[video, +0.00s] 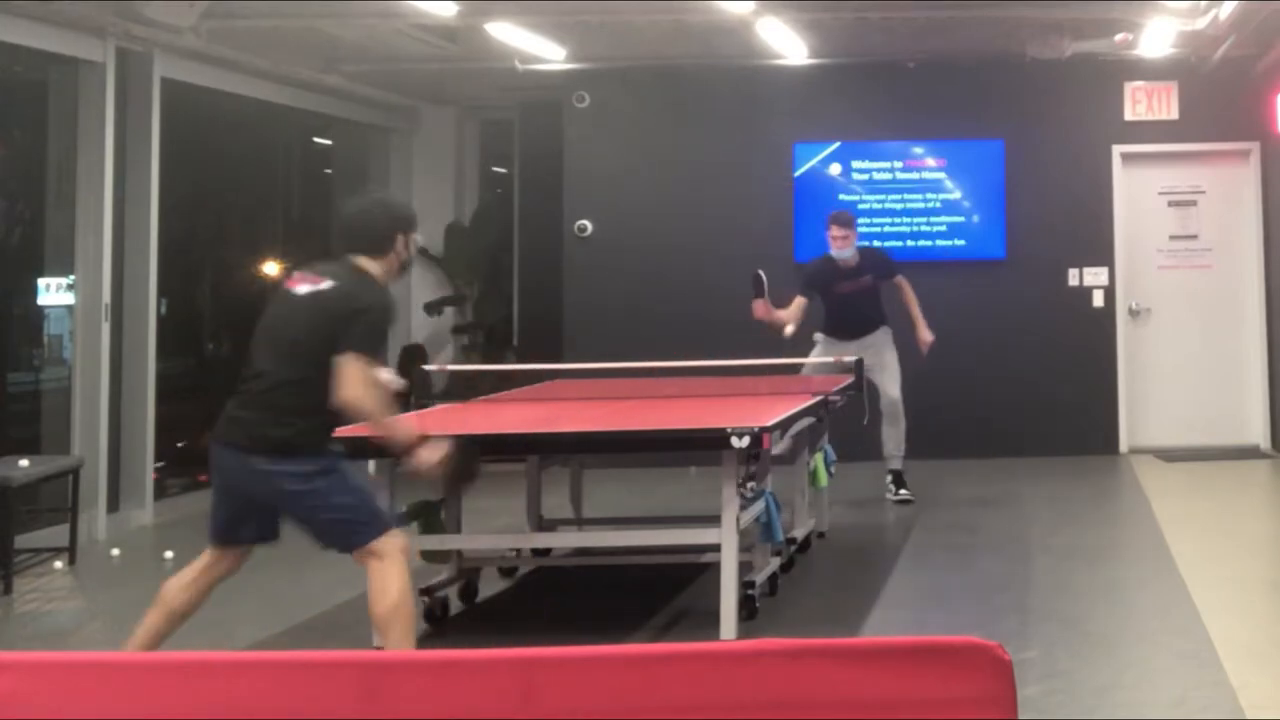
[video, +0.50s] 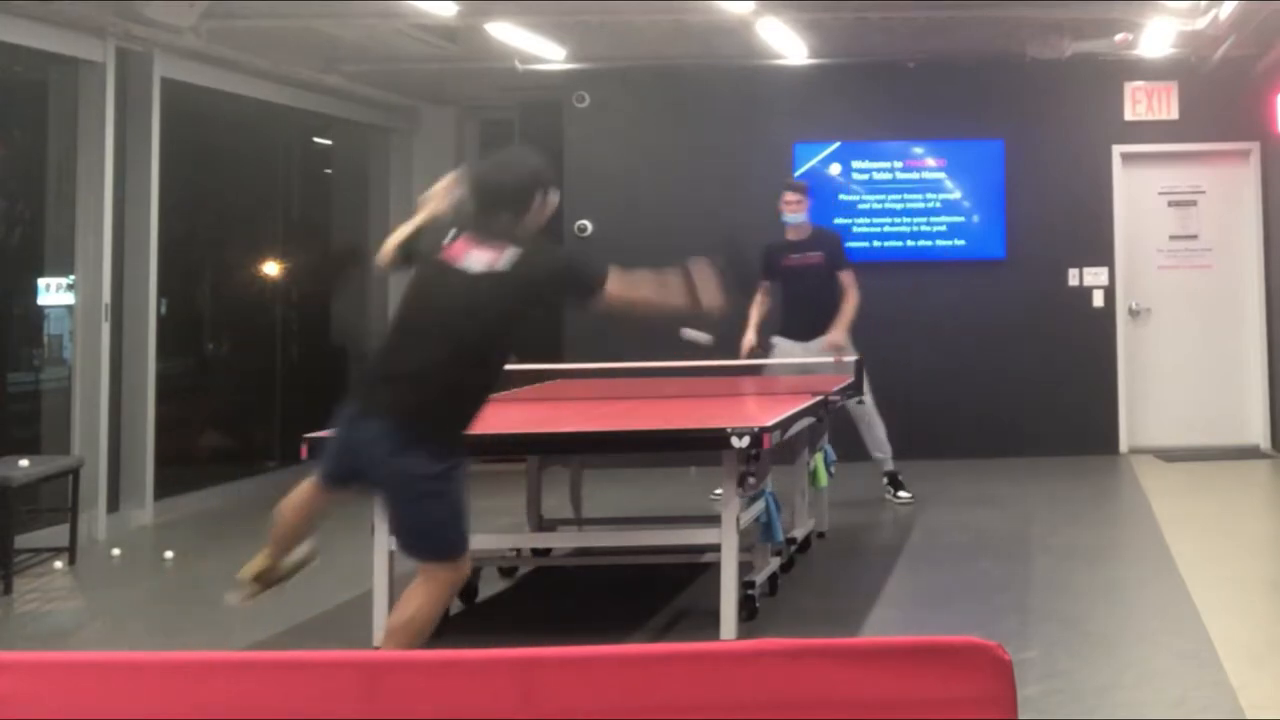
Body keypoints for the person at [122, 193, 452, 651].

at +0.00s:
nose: (412, 252)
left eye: (412, 240)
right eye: (410, 241)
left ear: (352, 238)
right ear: (395, 243)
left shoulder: (303, 278)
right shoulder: (368, 295)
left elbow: (295, 359)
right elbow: (351, 392)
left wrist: (365, 373)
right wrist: (408, 439)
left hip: (235, 450)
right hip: (295, 457)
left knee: (223, 555)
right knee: (387, 549)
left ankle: (127, 659)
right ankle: (404, 685)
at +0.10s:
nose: (414, 288)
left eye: (415, 277)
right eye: (414, 277)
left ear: (366, 269)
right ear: (401, 279)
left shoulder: (326, 305)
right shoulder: (341, 324)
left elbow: (335, 369)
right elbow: (295, 419)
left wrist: (397, 375)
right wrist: (350, 485)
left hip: (230, 471)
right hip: (271, 477)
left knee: (217, 578)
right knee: (385, 557)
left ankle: (112, 668)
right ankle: (395, 690)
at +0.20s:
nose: (438, 302)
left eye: (439, 292)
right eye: (436, 292)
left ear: (381, 287)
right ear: (416, 295)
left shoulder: (341, 314)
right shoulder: (357, 341)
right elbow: (335, 434)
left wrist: (418, 333)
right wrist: (377, 495)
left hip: (239, 483)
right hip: (277, 489)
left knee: (212, 587)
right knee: (394, 555)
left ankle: (117, 669)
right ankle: (378, 681)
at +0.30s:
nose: (495, 285)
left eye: (493, 275)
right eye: (489, 278)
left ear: (434, 275)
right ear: (464, 289)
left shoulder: (379, 293)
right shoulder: (423, 343)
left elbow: (324, 289)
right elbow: (473, 441)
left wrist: (365, 262)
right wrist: (533, 454)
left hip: (266, 460)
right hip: (310, 477)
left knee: (207, 561)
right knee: (416, 560)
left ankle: (117, 660)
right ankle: (372, 688)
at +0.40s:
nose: (525, 275)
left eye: (525, 264)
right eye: (522, 265)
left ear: (462, 251)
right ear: (498, 266)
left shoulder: (406, 278)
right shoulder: (485, 330)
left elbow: (339, 285)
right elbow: (576, 376)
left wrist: (355, 252)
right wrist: (662, 384)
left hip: (302, 445)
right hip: (356, 466)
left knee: (251, 526)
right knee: (440, 571)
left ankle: (175, 616)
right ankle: (376, 677)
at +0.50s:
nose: (553, 207)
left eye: (549, 197)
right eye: (550, 199)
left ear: (479, 198)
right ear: (536, 207)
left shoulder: (440, 243)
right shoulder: (542, 267)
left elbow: (387, 255)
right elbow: (626, 290)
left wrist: (430, 210)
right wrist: (690, 291)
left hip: (364, 417)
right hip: (424, 443)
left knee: (317, 485)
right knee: (443, 566)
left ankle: (267, 561)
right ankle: (377, 672)